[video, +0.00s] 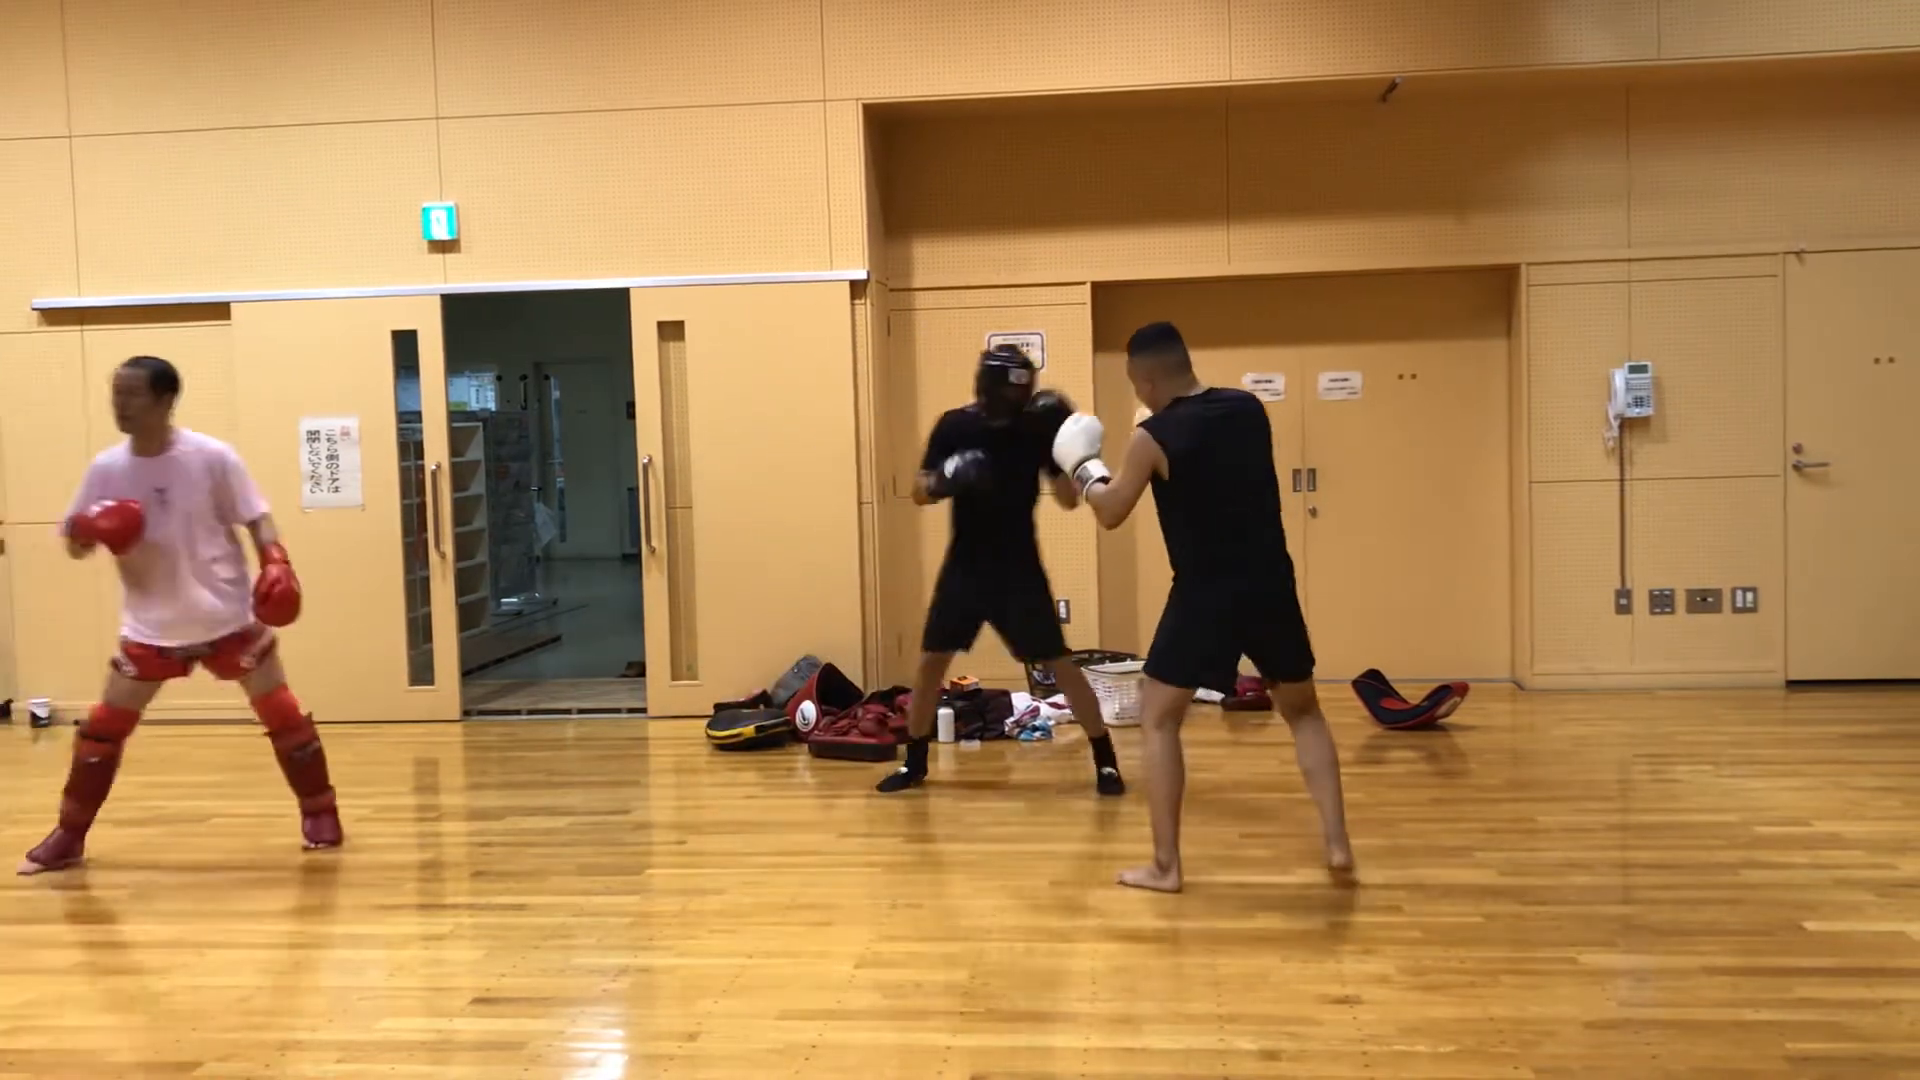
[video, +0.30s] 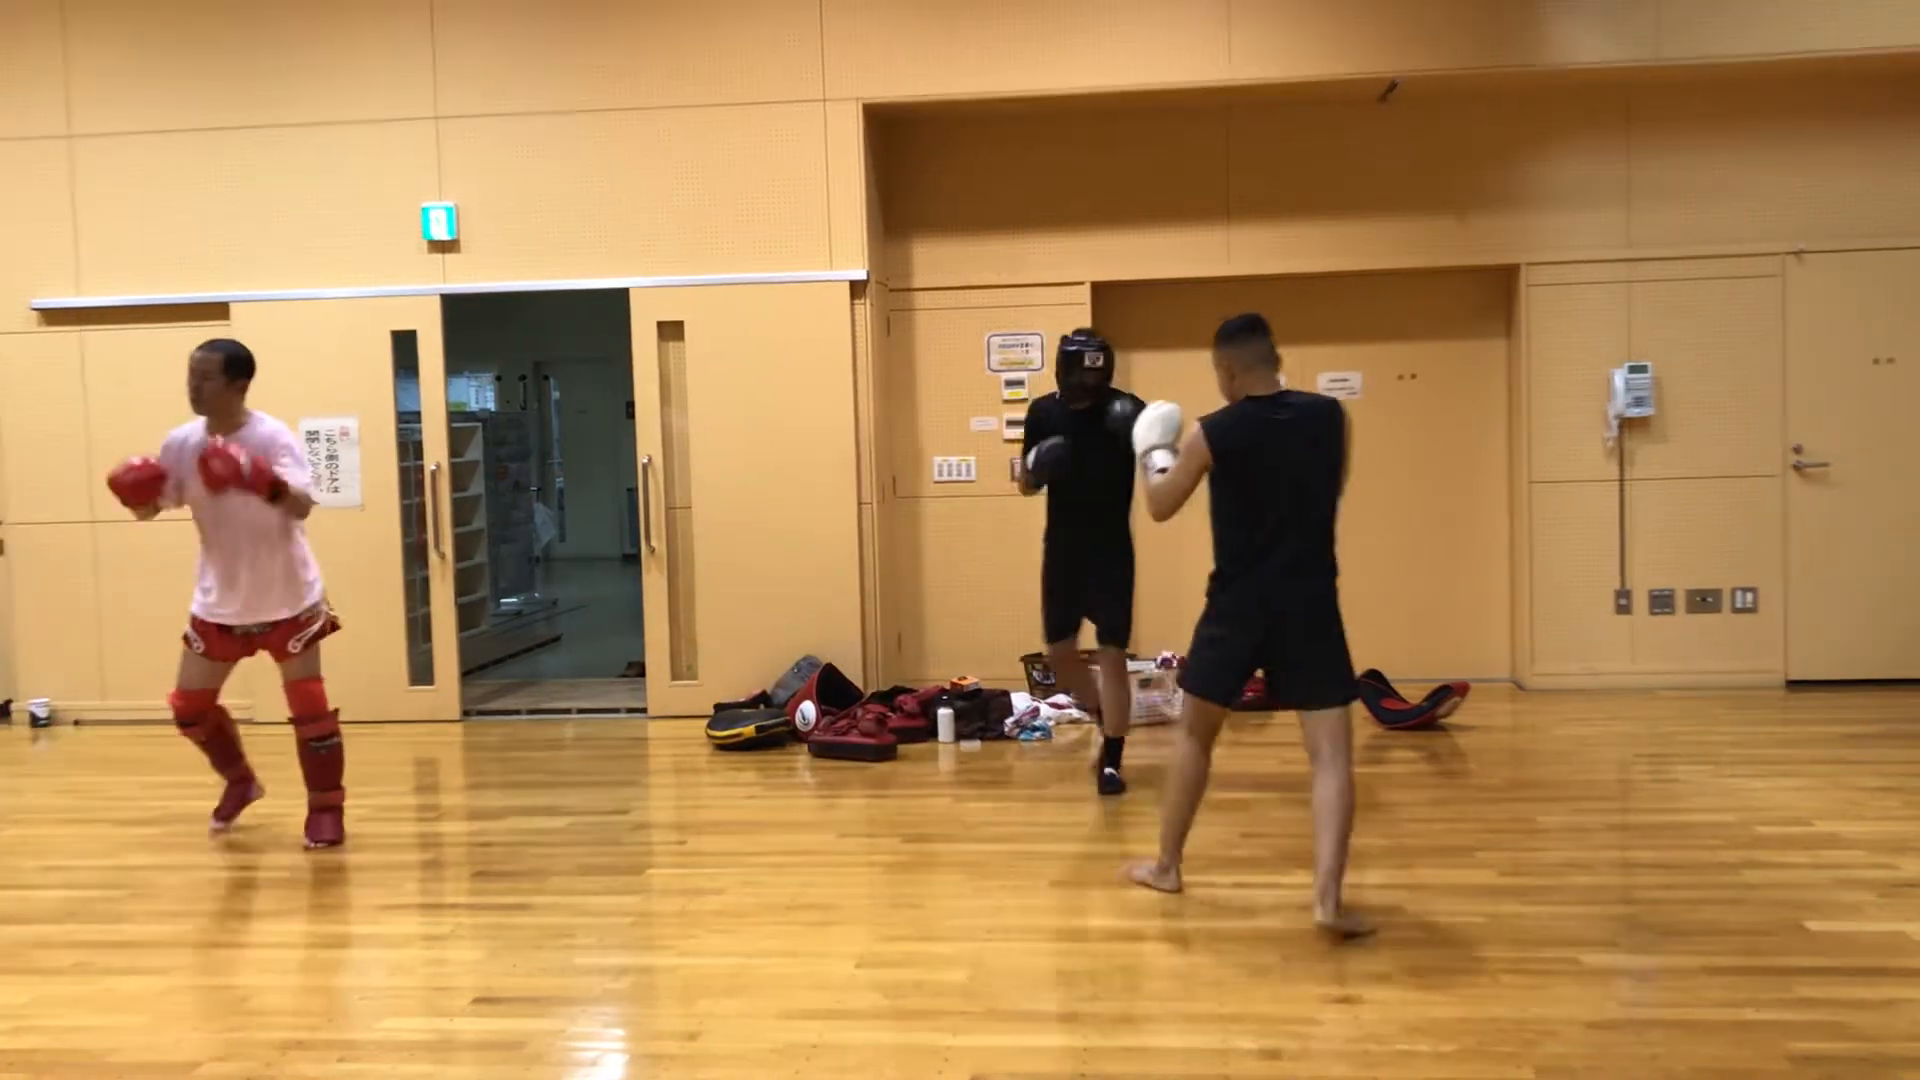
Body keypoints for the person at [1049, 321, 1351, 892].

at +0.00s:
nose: (1136, 389)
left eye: (1136, 379)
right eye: (1136, 379)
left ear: (1146, 378)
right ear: (1188, 365)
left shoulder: (1155, 435)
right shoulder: (1247, 408)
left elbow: (1110, 512)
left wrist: (1083, 468)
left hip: (1202, 597)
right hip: (1271, 590)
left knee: (1159, 719)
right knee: (1303, 710)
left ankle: (1166, 864)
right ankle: (1338, 842)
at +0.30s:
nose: (1219, 382)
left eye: (1219, 372)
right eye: (1221, 372)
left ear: (1226, 370)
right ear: (1276, 361)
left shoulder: (1215, 432)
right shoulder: (1331, 416)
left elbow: (1161, 504)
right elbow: (1330, 494)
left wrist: (1151, 451)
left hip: (1237, 609)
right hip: (1312, 608)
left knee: (1195, 735)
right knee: (1332, 756)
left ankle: (1167, 864)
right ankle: (1328, 900)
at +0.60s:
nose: (1291, 363)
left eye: (1290, 355)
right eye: (1297, 354)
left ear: (1294, 355)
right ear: (1352, 349)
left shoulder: (1274, 417)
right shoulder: (1396, 408)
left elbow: (1223, 488)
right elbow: (1403, 482)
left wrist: (1232, 430)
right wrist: (1353, 421)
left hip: (1288, 596)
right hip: (1358, 597)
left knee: (1287, 724)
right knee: (1353, 747)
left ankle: (1290, 857)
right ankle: (1328, 903)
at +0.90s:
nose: (1347, 371)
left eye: (1345, 364)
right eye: (1352, 365)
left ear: (1344, 365)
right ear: (1402, 359)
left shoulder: (1327, 423)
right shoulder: (1444, 411)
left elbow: (1271, 488)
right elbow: (1456, 478)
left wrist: (1272, 434)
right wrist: (1416, 402)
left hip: (1346, 600)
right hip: (1413, 601)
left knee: (1352, 722)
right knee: (1468, 728)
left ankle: (1344, 849)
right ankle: (1422, 852)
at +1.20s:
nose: (1418, 381)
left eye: (1418, 373)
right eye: (1419, 373)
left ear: (1426, 373)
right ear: (1481, 368)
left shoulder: (1403, 429)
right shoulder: (1522, 428)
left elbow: (1337, 480)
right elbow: (1509, 494)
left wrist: (1338, 428)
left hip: (1413, 609)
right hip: (1485, 608)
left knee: (1378, 717)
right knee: (1542, 723)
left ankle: (1349, 846)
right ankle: (1567, 858)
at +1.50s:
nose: (1443, 368)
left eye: (1443, 361)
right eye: (1446, 360)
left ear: (1451, 361)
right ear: (1503, 357)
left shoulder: (1427, 410)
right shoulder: (1540, 422)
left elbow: (1360, 433)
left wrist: (1366, 393)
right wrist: (1474, 392)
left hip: (1424, 590)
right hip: (1498, 596)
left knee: (1383, 699)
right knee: (1540, 719)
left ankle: (1364, 828)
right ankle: (1568, 859)